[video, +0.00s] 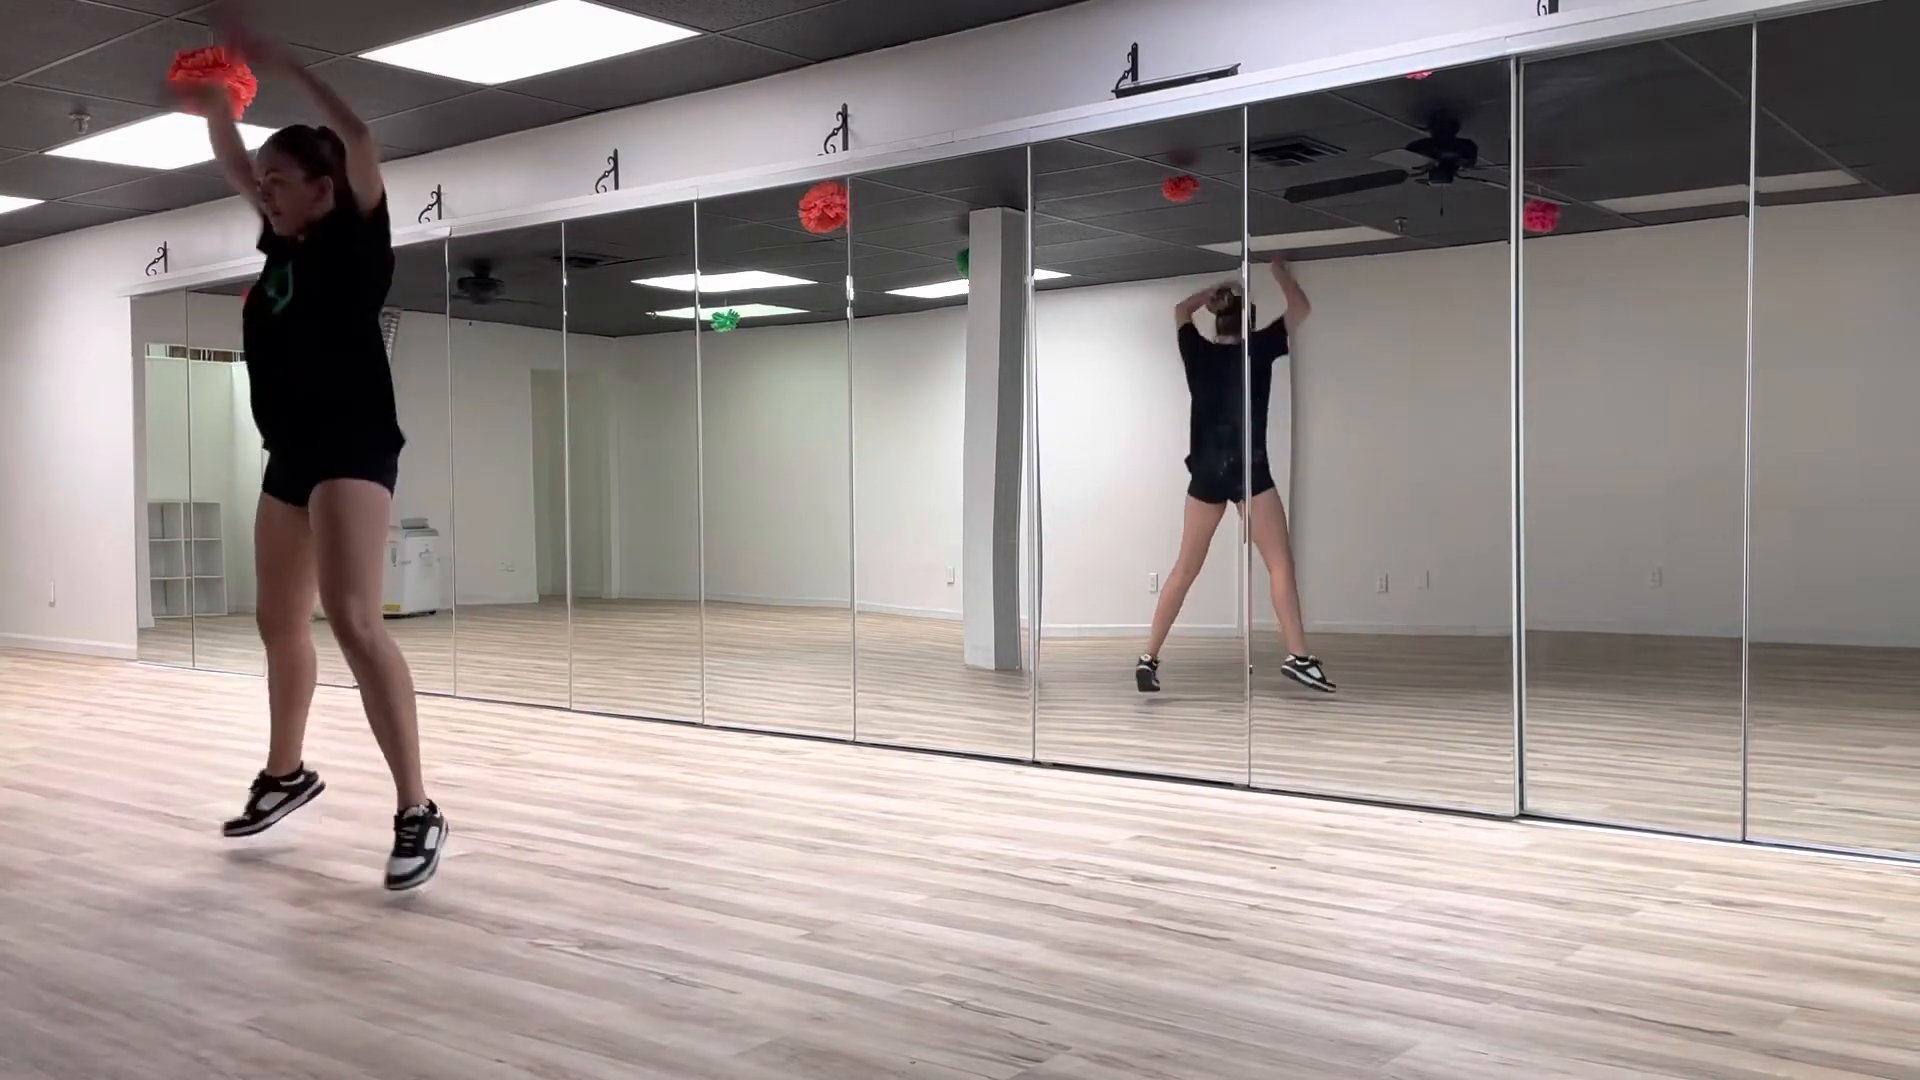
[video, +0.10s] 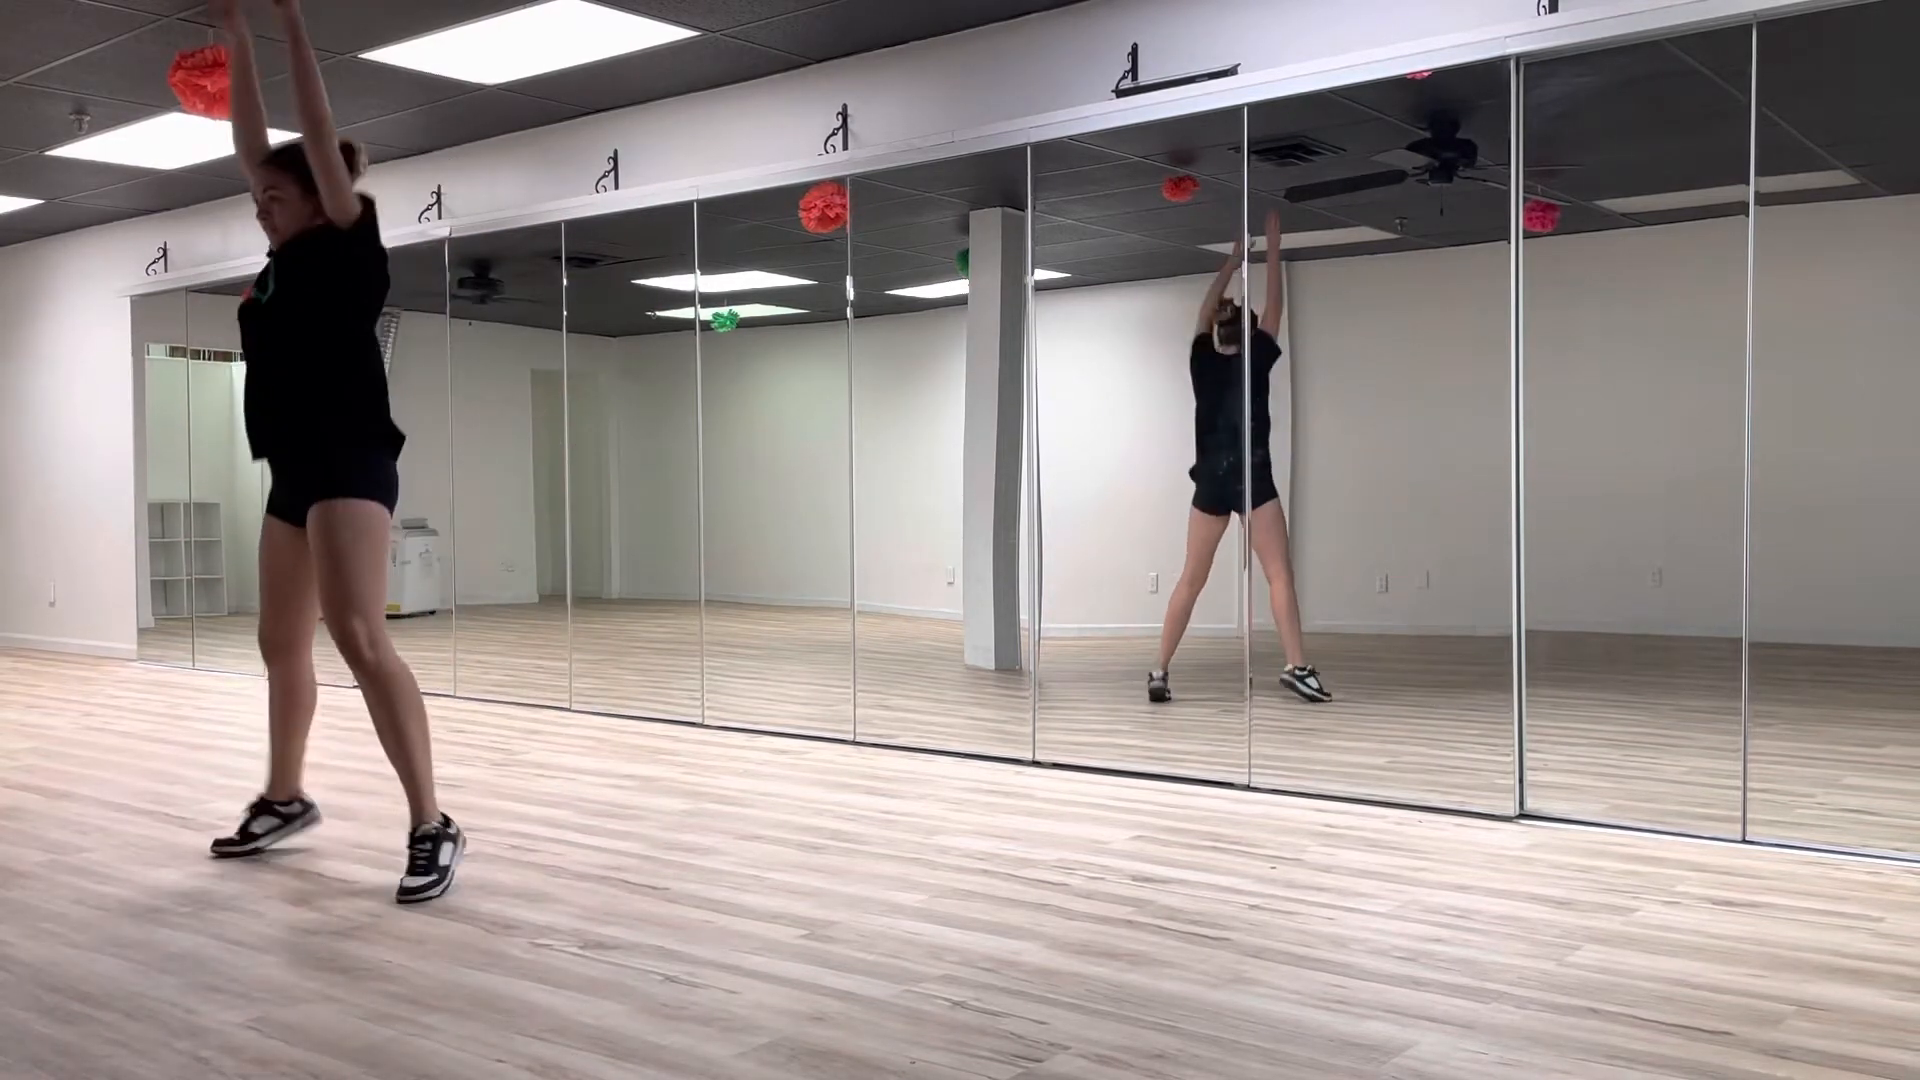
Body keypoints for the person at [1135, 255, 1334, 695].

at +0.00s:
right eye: (1248, 312)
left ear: (1213, 321)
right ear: (1249, 318)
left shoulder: (1197, 354)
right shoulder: (1261, 347)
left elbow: (1181, 313)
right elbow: (1300, 309)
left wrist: (1206, 296)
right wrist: (1281, 271)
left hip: (1207, 469)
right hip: (1252, 469)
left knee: (1184, 569)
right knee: (1280, 565)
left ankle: (1149, 658)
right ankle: (1298, 655)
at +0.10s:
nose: (1231, 312)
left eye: (1224, 310)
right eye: (1236, 309)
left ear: (1211, 326)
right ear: (1245, 326)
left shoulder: (1201, 358)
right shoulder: (1258, 355)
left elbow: (1210, 306)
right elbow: (1273, 296)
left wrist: (1231, 263)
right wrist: (1273, 239)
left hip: (1210, 475)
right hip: (1255, 474)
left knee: (1191, 579)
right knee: (1278, 574)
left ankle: (1160, 671)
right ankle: (1296, 666)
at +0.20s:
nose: (1247, 331)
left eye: (1239, 327)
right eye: (1246, 329)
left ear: (1214, 342)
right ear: (1248, 341)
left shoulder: (1204, 372)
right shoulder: (1260, 369)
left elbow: (1220, 319)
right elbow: (1265, 309)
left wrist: (1237, 265)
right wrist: (1263, 257)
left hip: (1214, 485)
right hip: (1258, 484)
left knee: (1193, 590)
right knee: (1275, 583)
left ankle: (1162, 679)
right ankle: (1292, 677)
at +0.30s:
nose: (1253, 330)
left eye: (1245, 326)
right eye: (1250, 327)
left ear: (1215, 341)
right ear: (1250, 340)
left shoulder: (1207, 373)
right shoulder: (1263, 368)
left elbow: (1220, 319)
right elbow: (1268, 313)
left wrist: (1239, 267)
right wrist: (1262, 259)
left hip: (1220, 483)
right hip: (1265, 479)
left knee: (1199, 587)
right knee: (1273, 583)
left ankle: (1163, 677)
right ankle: (1290, 678)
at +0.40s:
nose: (1262, 336)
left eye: (1239, 330)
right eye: (1256, 332)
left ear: (1219, 344)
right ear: (1255, 341)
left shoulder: (1212, 376)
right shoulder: (1268, 370)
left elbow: (1203, 323)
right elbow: (1272, 309)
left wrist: (1235, 275)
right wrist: (1268, 252)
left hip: (1225, 486)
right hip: (1270, 482)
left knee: (1204, 586)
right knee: (1279, 584)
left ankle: (1164, 676)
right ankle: (1291, 679)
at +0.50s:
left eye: (1236, 335)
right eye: (1261, 332)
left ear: (1229, 343)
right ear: (1266, 340)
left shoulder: (1216, 378)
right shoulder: (1276, 370)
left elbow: (1174, 349)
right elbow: (1278, 310)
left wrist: (1213, 314)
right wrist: (1274, 253)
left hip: (1228, 490)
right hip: (1275, 486)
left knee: (1209, 584)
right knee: (1282, 585)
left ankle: (1167, 671)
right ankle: (1291, 679)